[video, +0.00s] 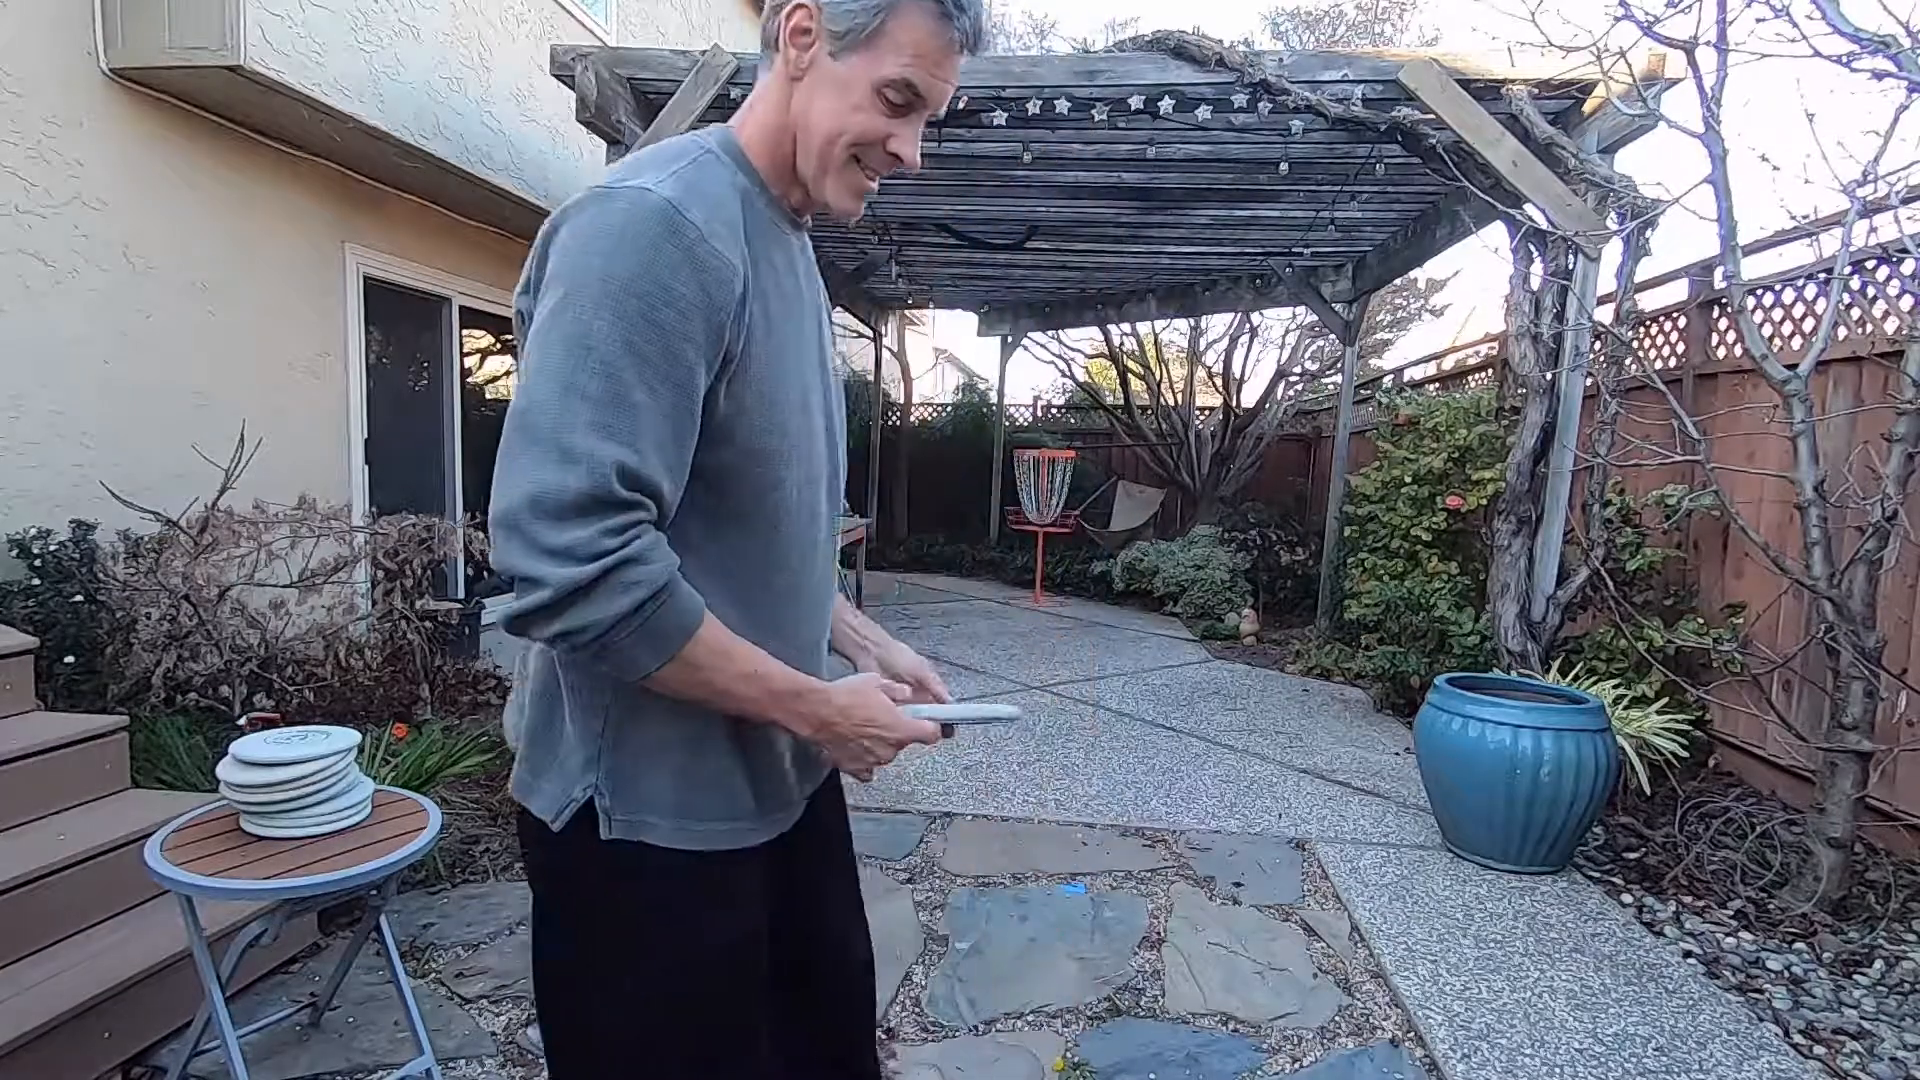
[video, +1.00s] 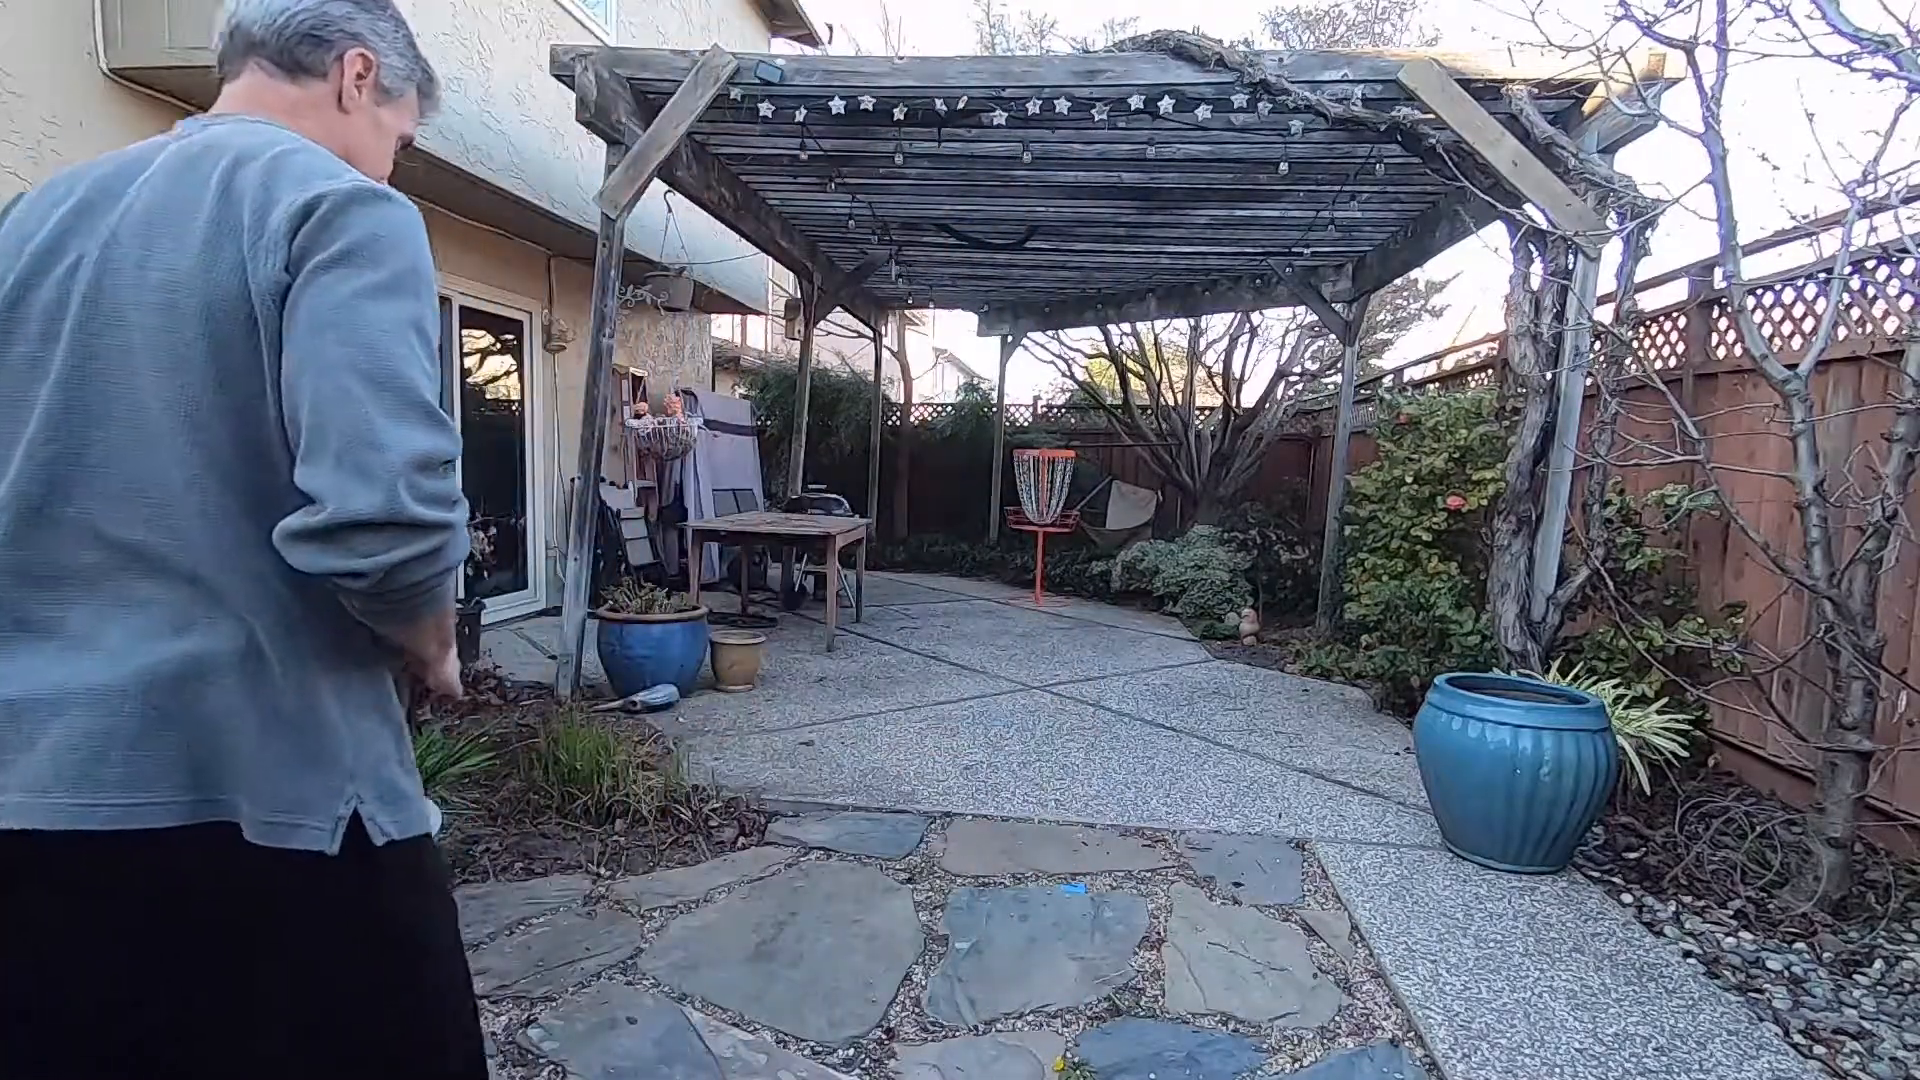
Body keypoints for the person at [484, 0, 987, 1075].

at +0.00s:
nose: (907, 147)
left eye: (928, 119)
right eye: (894, 98)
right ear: (799, 39)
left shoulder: (782, 244)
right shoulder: (653, 221)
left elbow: (741, 532)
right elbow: (566, 556)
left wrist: (865, 642)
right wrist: (806, 707)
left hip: (782, 796)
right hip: (643, 822)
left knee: (827, 1062)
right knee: (667, 1070)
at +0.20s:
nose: (860, 159)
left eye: (880, 134)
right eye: (858, 112)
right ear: (775, 40)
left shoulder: (674, 209)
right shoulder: (639, 209)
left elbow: (636, 529)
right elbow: (582, 557)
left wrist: (776, 637)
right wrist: (768, 699)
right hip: (610, 813)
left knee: (643, 1058)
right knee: (663, 1065)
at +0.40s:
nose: (779, 172)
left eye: (797, 150)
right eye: (788, 134)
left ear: (722, 65)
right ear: (736, 63)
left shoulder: (531, 181)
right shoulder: (623, 200)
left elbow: (526, 519)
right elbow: (588, 545)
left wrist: (718, 621)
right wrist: (757, 656)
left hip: (470, 765)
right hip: (578, 790)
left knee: (461, 1045)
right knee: (658, 1058)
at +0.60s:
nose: (660, 181)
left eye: (680, 156)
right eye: (676, 144)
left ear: (540, 73)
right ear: (640, 81)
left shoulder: (381, 202)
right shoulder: (566, 197)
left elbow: (408, 510)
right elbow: (566, 521)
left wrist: (605, 667)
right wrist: (682, 647)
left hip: (320, 767)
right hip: (494, 774)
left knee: (344, 1061)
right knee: (614, 1065)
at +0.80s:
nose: (520, 186)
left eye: (536, 163)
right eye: (531, 153)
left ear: (379, 87)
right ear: (490, 93)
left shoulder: (195, 225)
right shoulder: (443, 209)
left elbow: (187, 507)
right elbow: (479, 513)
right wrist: (556, 646)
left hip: (146, 790)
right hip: (374, 797)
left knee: (166, 1065)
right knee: (524, 1064)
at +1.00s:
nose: (389, 178)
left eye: (404, 154)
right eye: (399, 140)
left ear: (238, 75)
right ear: (354, 76)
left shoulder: (35, 212)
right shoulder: (333, 204)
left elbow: (28, 482)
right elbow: (384, 514)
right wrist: (429, 647)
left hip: (25, 805)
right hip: (279, 812)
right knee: (402, 1057)